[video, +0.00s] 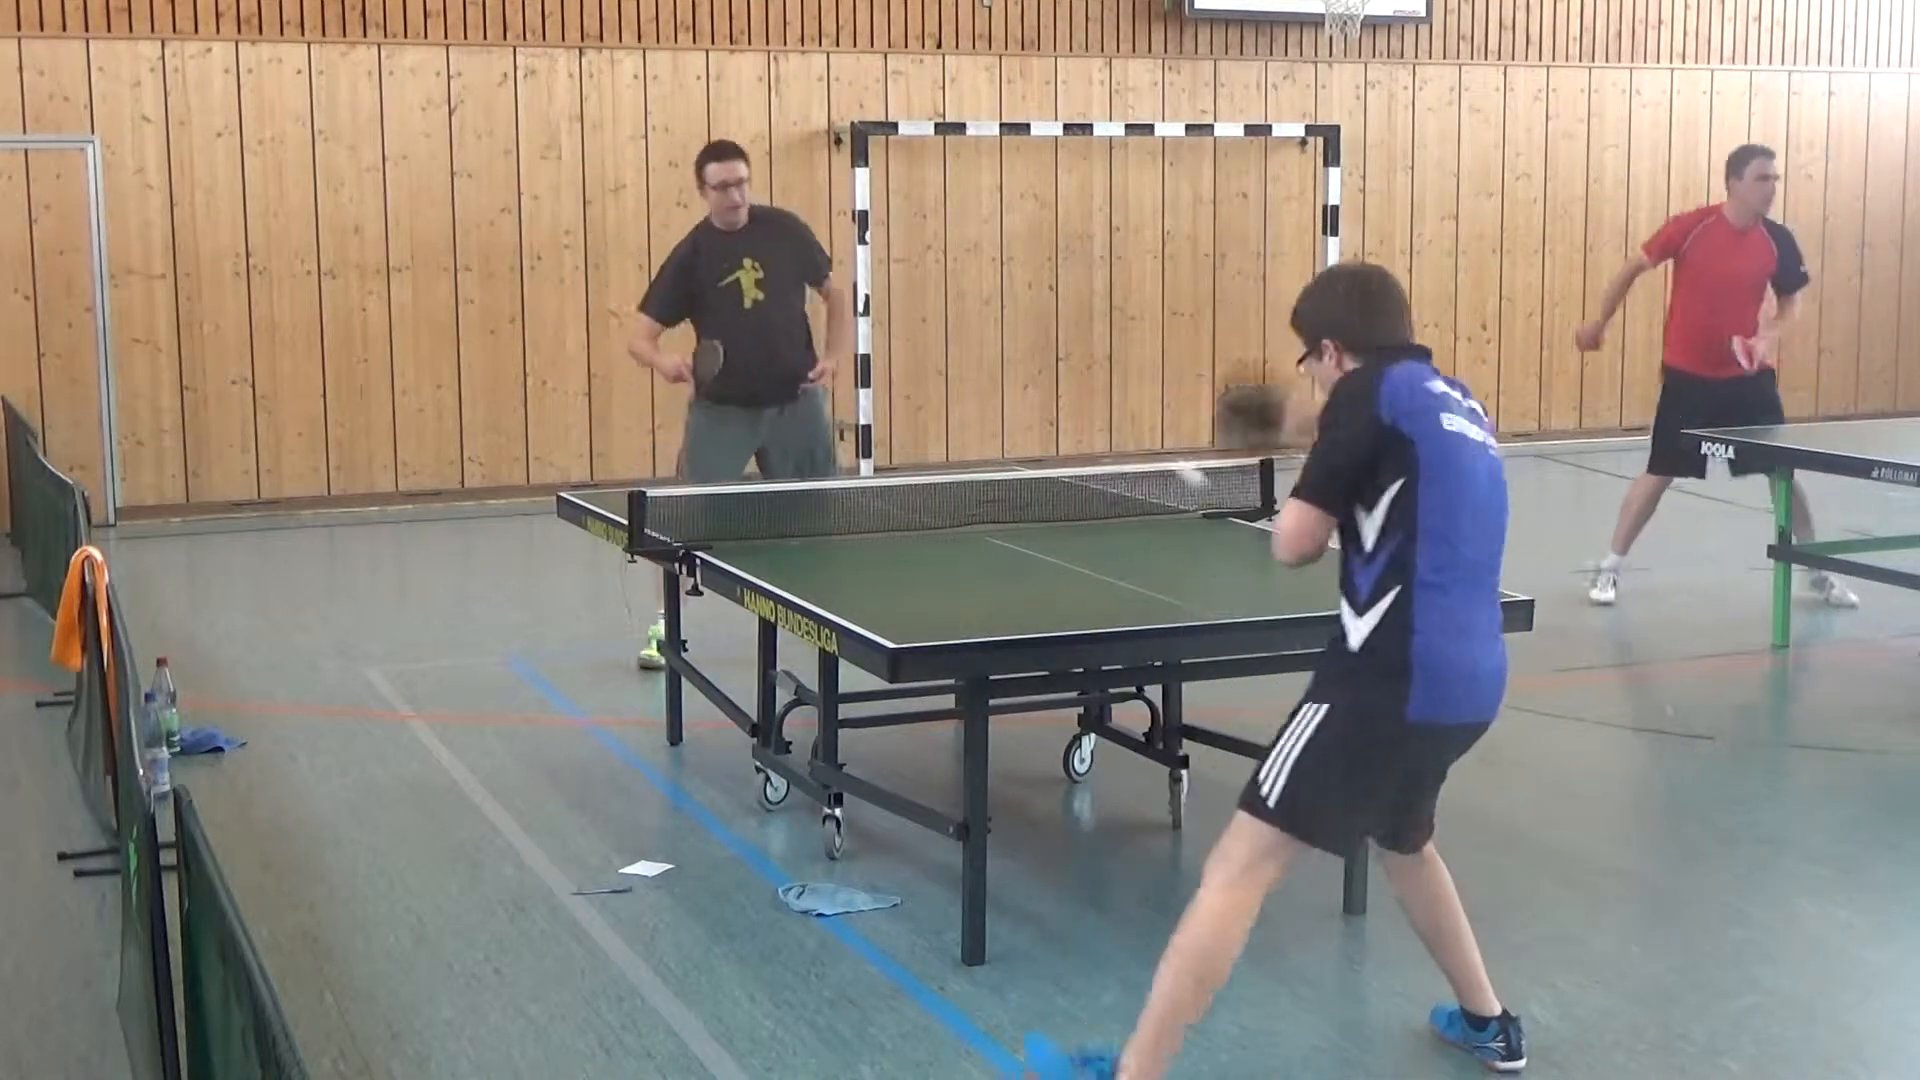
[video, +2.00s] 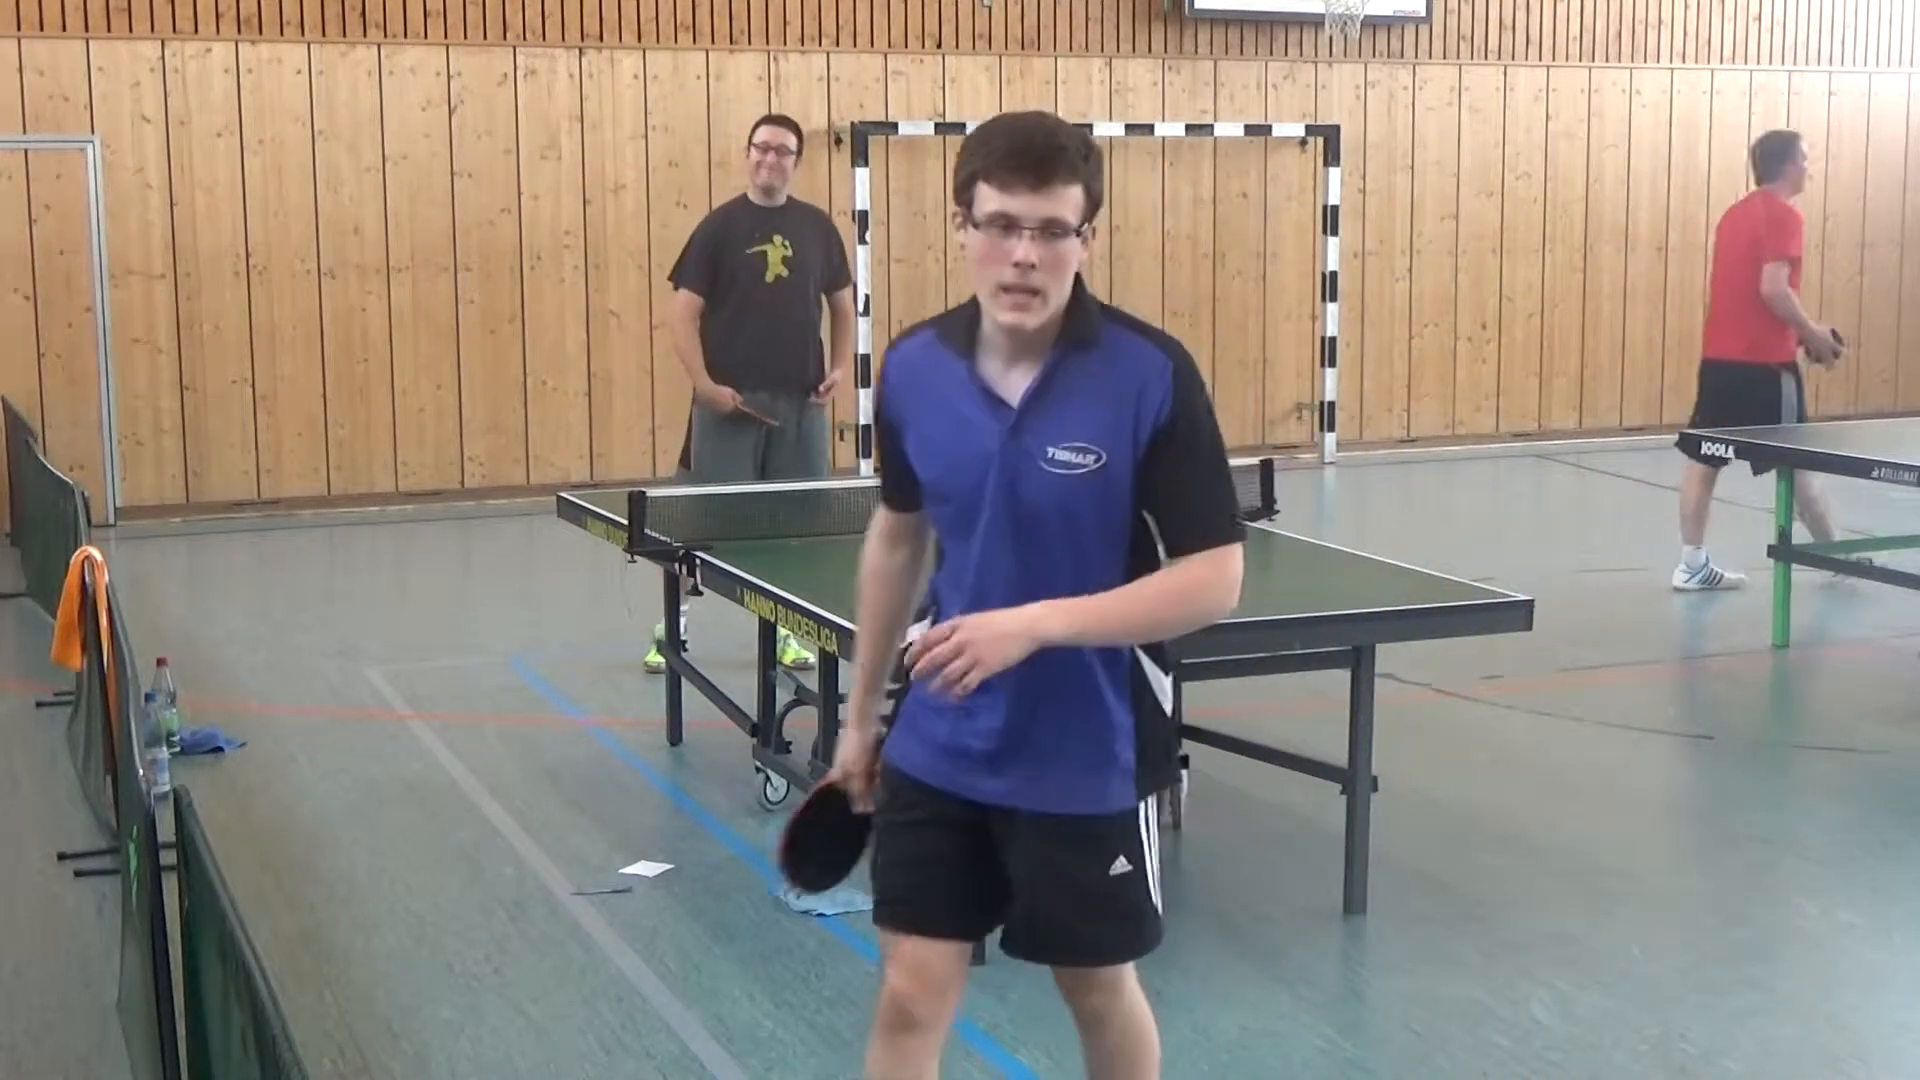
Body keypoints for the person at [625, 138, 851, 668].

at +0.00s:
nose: (733, 194)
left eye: (739, 183)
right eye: (720, 187)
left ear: (750, 182)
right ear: (702, 192)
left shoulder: (786, 229)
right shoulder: (692, 253)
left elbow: (837, 294)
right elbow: (639, 338)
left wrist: (835, 355)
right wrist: (661, 361)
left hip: (796, 406)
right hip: (721, 412)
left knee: (822, 520)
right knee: (688, 518)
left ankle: (835, 624)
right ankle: (668, 625)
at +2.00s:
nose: (771, 158)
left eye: (782, 151)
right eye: (763, 148)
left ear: (796, 162)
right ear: (746, 156)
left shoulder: (819, 227)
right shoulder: (719, 227)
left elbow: (842, 302)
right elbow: (680, 314)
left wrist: (841, 367)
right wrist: (705, 386)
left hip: (804, 402)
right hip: (730, 402)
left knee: (805, 528)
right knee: (706, 522)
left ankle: (792, 635)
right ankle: (671, 629)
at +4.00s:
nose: (760, 161)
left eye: (760, 152)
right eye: (748, 153)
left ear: (755, 159)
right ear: (717, 163)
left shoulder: (783, 215)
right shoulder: (686, 233)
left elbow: (811, 289)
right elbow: (658, 324)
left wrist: (805, 334)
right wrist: (655, 406)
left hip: (788, 384)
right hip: (719, 393)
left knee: (795, 502)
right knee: (717, 505)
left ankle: (799, 604)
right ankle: (721, 605)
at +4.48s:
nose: (835, 169)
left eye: (834, 160)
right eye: (825, 160)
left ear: (822, 167)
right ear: (792, 167)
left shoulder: (841, 226)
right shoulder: (750, 227)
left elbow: (872, 295)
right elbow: (725, 319)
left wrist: (861, 339)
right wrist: (741, 393)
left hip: (824, 389)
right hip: (759, 389)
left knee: (817, 504)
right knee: (731, 499)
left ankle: (811, 607)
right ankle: (720, 603)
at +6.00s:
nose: (808, 171)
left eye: (817, 163)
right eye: (799, 162)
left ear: (829, 168)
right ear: (781, 164)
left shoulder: (848, 223)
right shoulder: (754, 228)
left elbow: (898, 269)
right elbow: (731, 319)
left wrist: (861, 316)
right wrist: (753, 395)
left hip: (836, 391)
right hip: (769, 392)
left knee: (843, 508)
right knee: (747, 506)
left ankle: (843, 613)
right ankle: (729, 609)